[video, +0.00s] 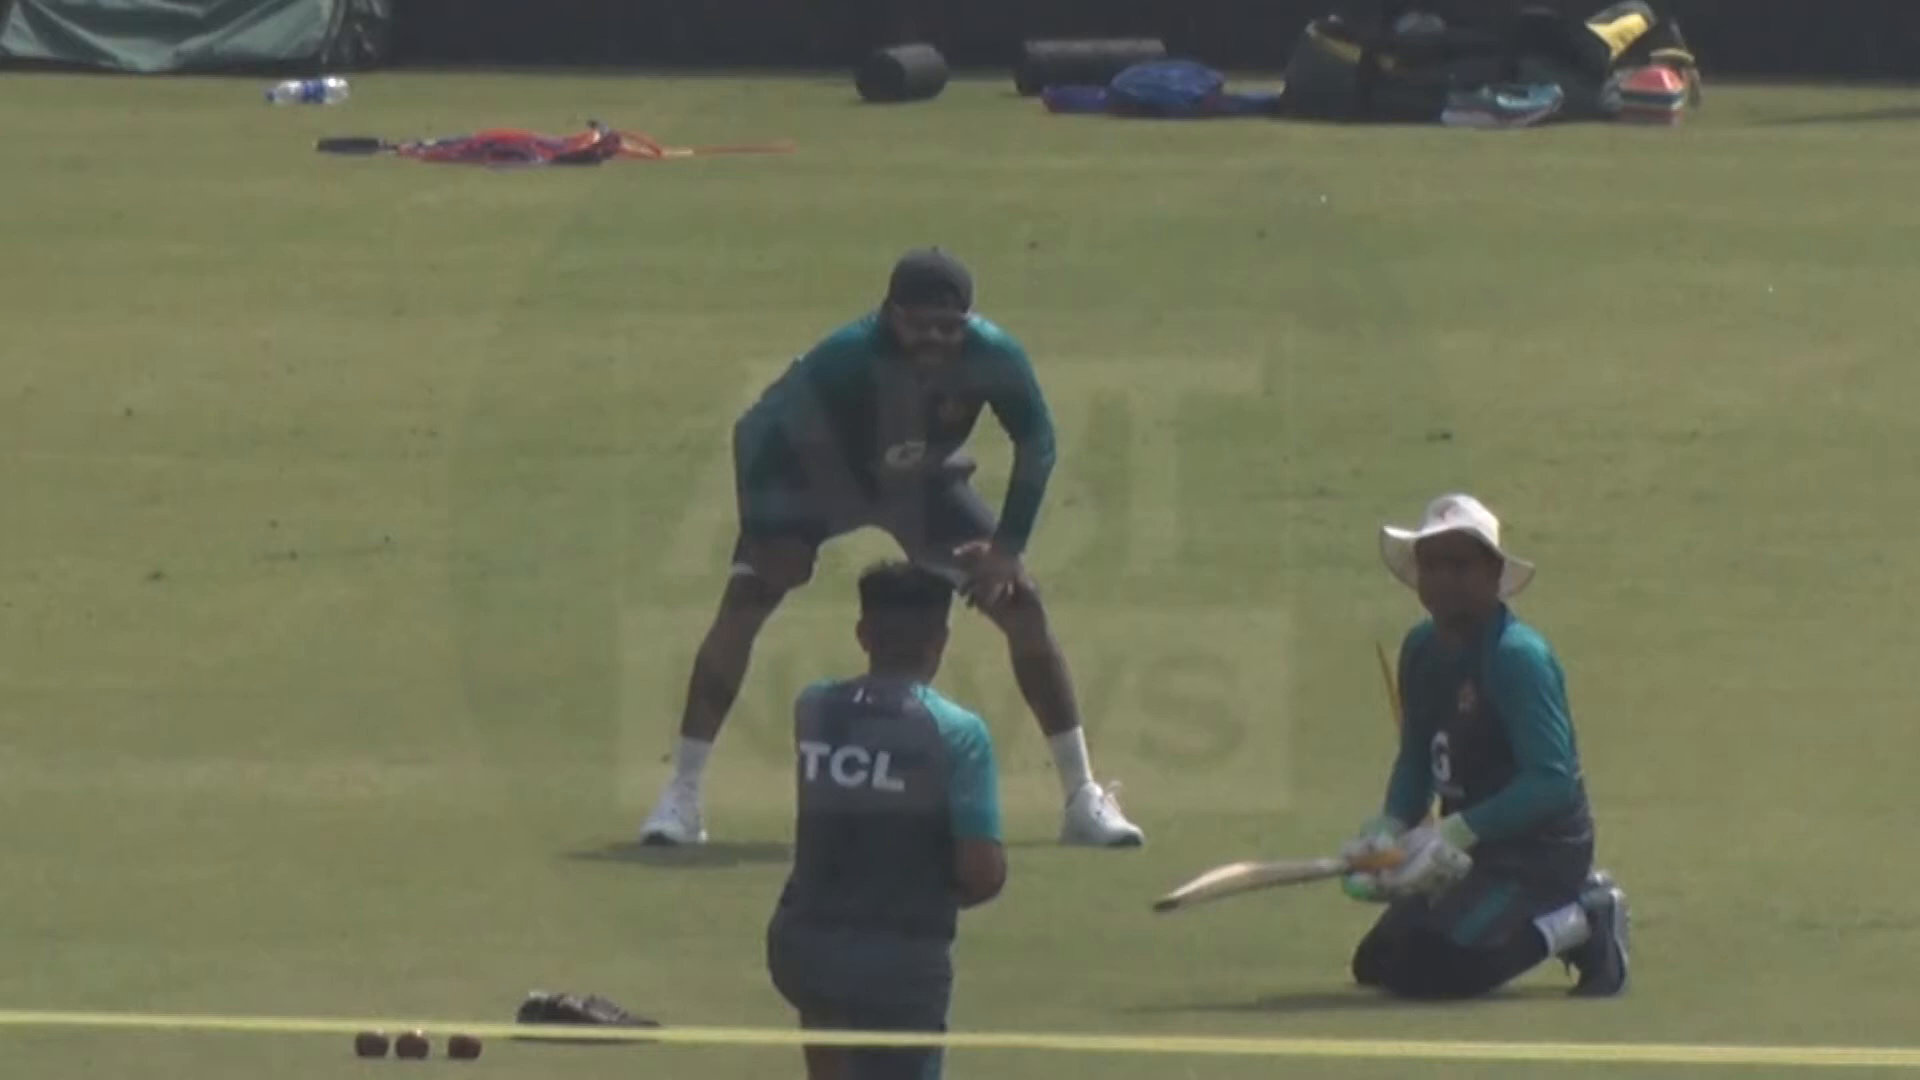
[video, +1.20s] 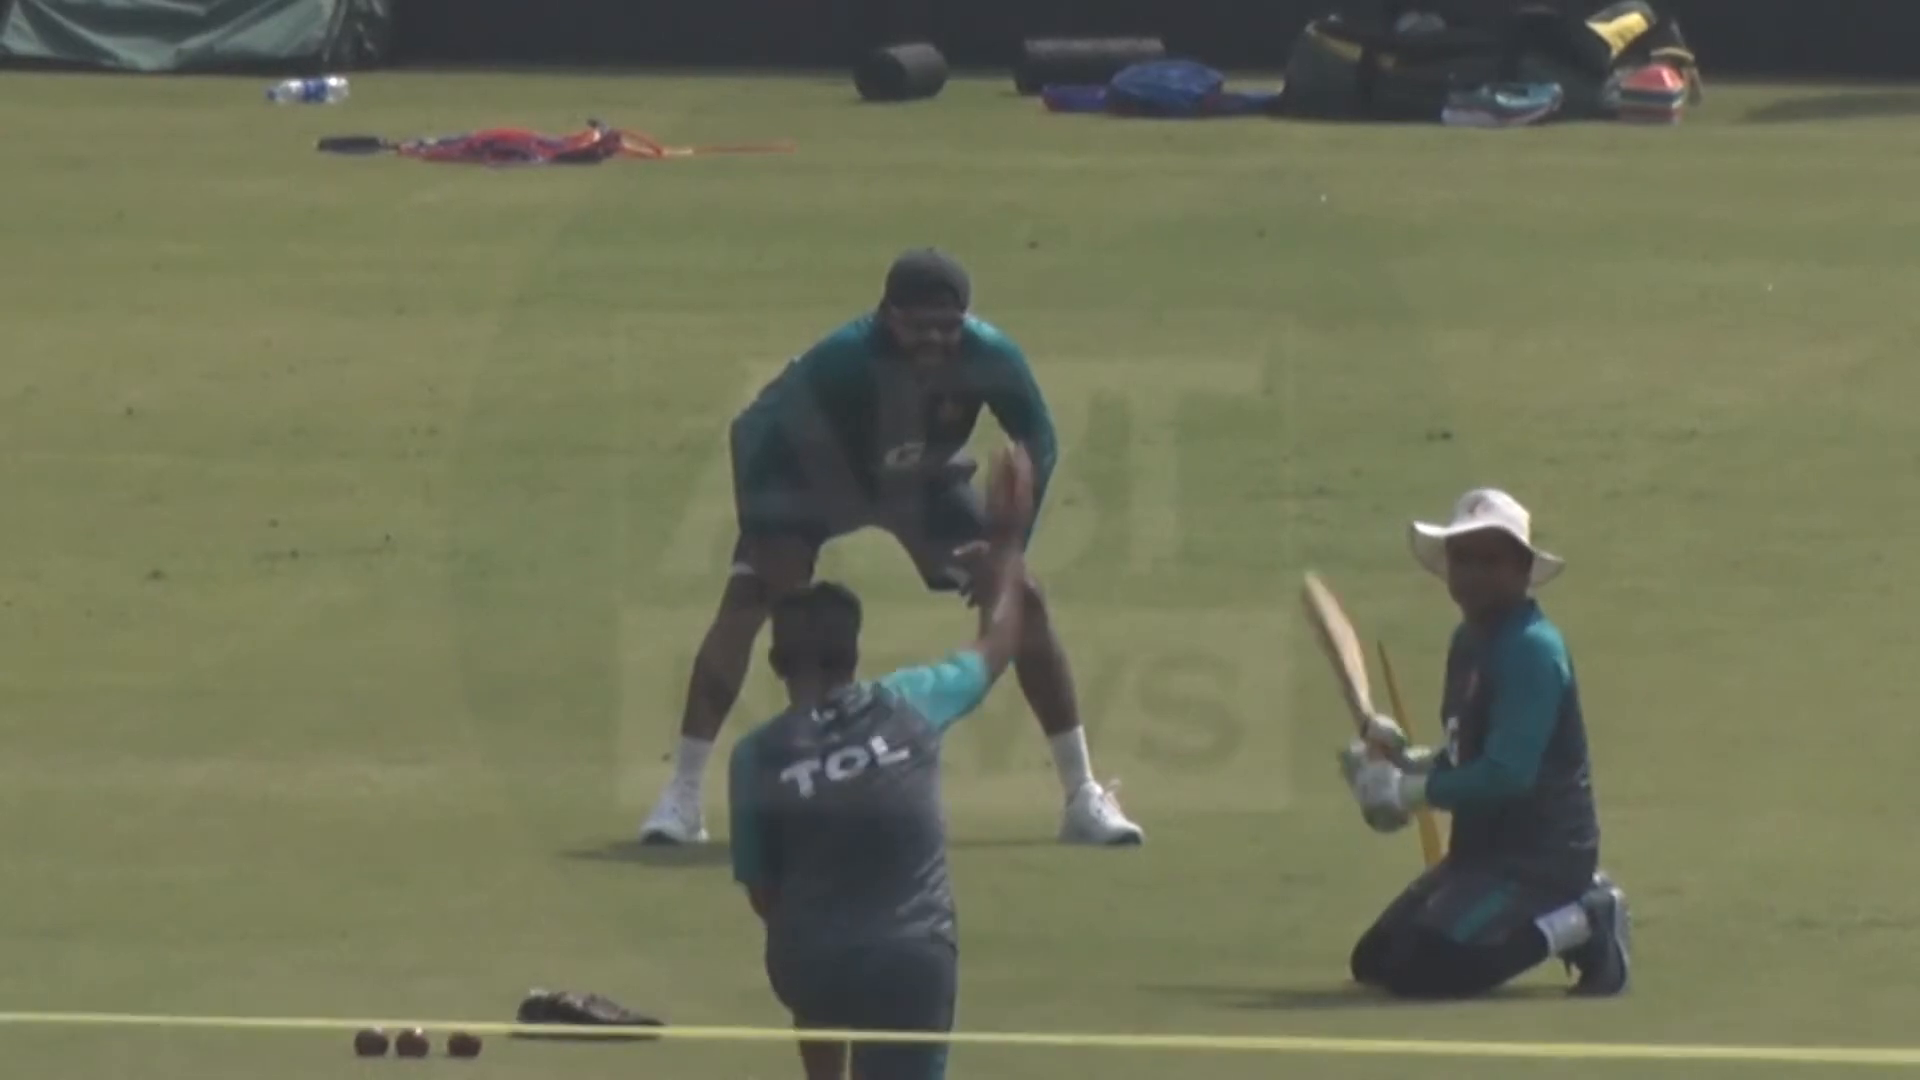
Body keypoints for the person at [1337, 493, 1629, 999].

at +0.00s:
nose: (1443, 579)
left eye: (1461, 564)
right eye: (1431, 564)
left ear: (1494, 575)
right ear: (1416, 575)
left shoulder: (1517, 657)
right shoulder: (1422, 649)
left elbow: (1553, 783)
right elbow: (1416, 759)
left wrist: (1452, 835)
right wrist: (1388, 835)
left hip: (1542, 855)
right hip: (1475, 849)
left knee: (1423, 975)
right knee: (1378, 963)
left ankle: (1582, 921)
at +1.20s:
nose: (1467, 575)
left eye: (1485, 560)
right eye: (1458, 559)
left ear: (1521, 569)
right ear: (1444, 567)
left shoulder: (1533, 650)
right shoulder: (1469, 640)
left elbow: (1508, 775)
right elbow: (1470, 754)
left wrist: (1412, 790)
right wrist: (1406, 760)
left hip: (1538, 864)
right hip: (1482, 856)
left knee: (1420, 973)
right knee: (1376, 961)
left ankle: (1583, 921)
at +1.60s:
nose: (1436, 589)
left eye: (1450, 573)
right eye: (1432, 574)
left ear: (1488, 578)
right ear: (1427, 577)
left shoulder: (1509, 640)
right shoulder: (1477, 646)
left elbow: (1428, 740)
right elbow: (1432, 764)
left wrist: (1325, 741)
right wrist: (1334, 755)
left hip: (1534, 866)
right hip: (1487, 863)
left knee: (1420, 972)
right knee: (1364, 957)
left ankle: (1583, 921)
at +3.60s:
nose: (1435, 562)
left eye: (1452, 547)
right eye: (1432, 547)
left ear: (1497, 558)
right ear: (1425, 555)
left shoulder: (1507, 629)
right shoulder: (1476, 632)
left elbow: (1535, 746)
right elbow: (1485, 756)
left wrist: (1437, 805)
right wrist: (1425, 770)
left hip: (1530, 853)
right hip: (1491, 849)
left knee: (1405, 965)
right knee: (1360, 954)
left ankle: (1570, 915)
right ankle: (1548, 913)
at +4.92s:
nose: (1380, 570)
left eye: (1393, 561)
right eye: (1384, 557)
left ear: (1433, 576)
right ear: (1438, 579)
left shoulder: (1478, 648)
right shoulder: (1439, 644)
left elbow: (1511, 774)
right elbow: (1452, 766)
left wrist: (1425, 842)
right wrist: (1397, 794)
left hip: (1528, 854)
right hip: (1484, 847)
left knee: (1415, 970)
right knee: (1358, 957)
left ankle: (1577, 917)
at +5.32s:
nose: (1390, 584)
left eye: (1394, 572)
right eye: (1390, 571)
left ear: (1411, 579)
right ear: (1457, 572)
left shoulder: (1457, 636)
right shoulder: (1464, 633)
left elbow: (1473, 758)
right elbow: (1455, 767)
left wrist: (1394, 830)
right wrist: (1393, 795)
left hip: (1518, 859)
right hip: (1482, 855)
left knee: (1414, 969)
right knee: (1357, 956)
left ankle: (1577, 916)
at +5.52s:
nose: (1389, 583)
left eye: (1393, 571)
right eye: (1389, 570)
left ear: (1413, 578)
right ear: (1456, 571)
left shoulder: (1459, 637)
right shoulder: (1463, 634)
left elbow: (1477, 760)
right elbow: (1461, 773)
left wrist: (1396, 828)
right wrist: (1396, 793)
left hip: (1519, 858)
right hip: (1482, 855)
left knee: (1416, 968)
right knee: (1359, 956)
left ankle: (1577, 915)